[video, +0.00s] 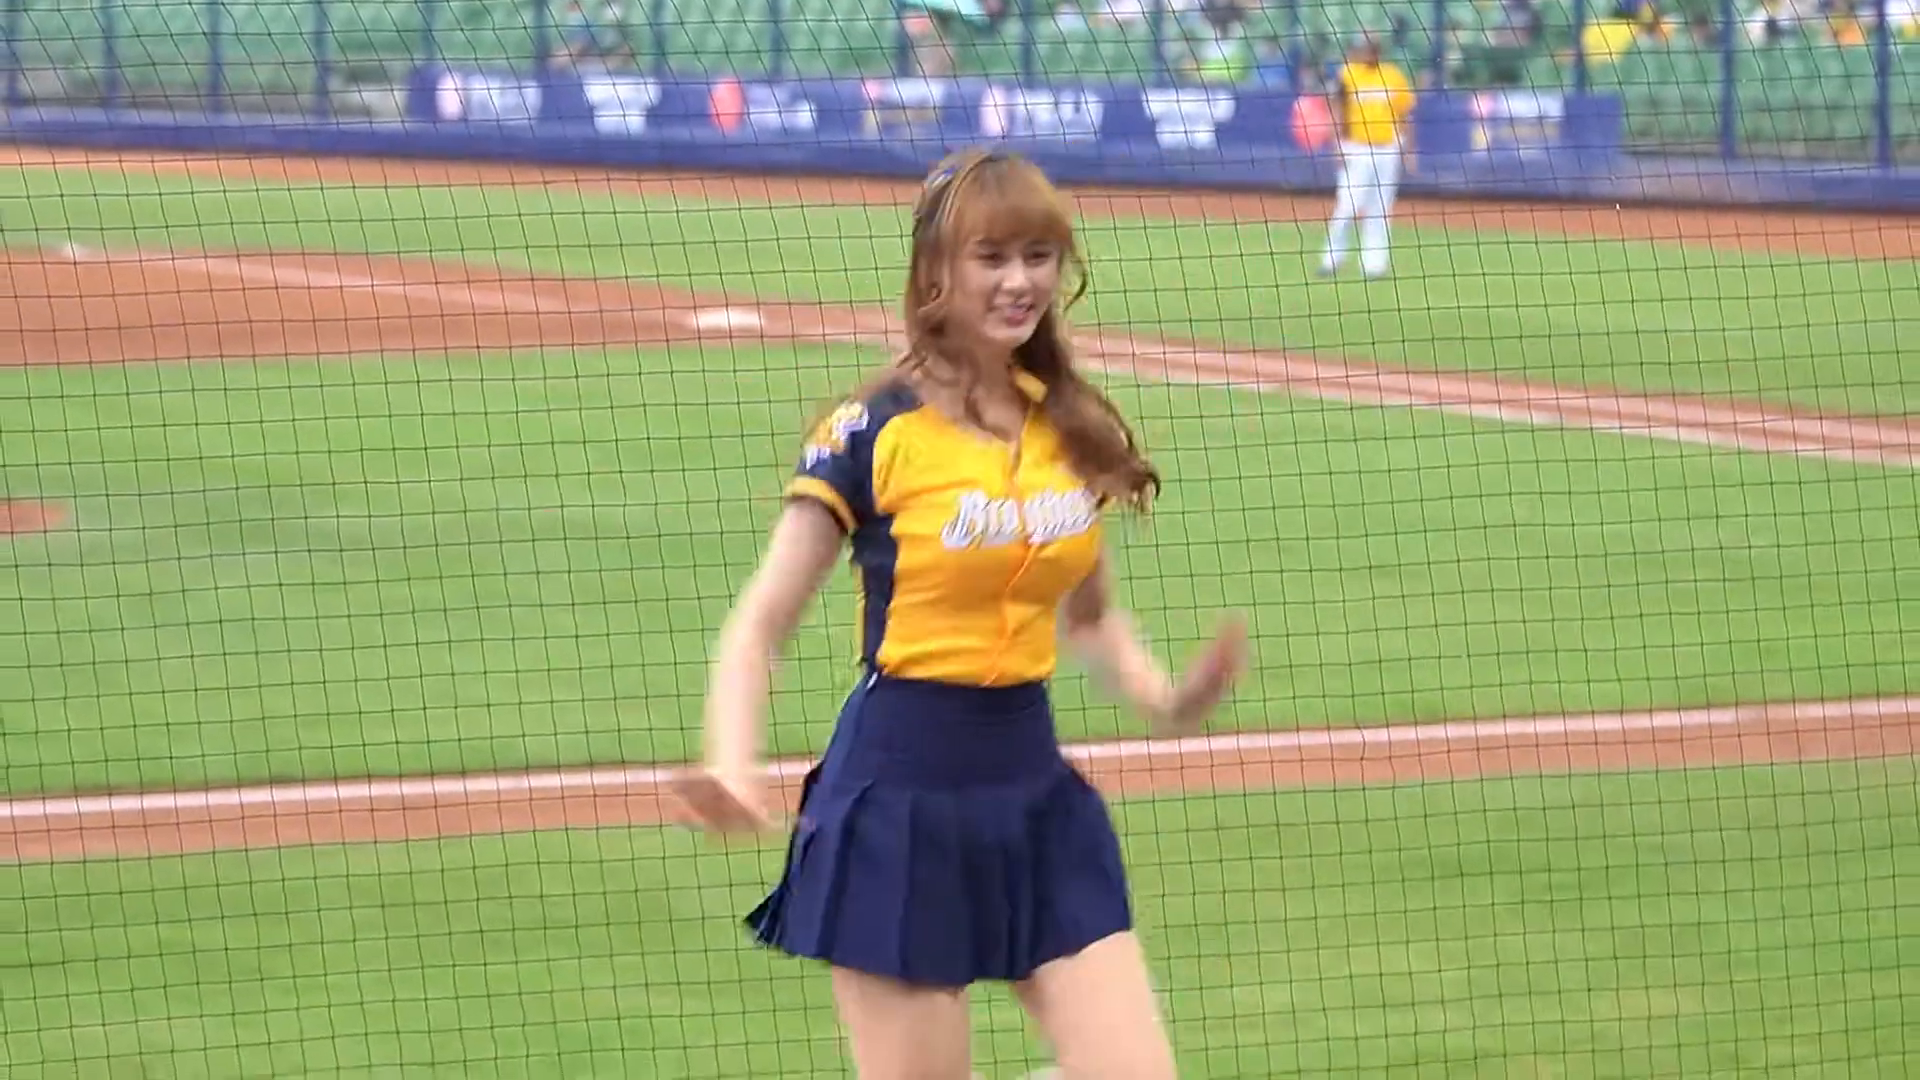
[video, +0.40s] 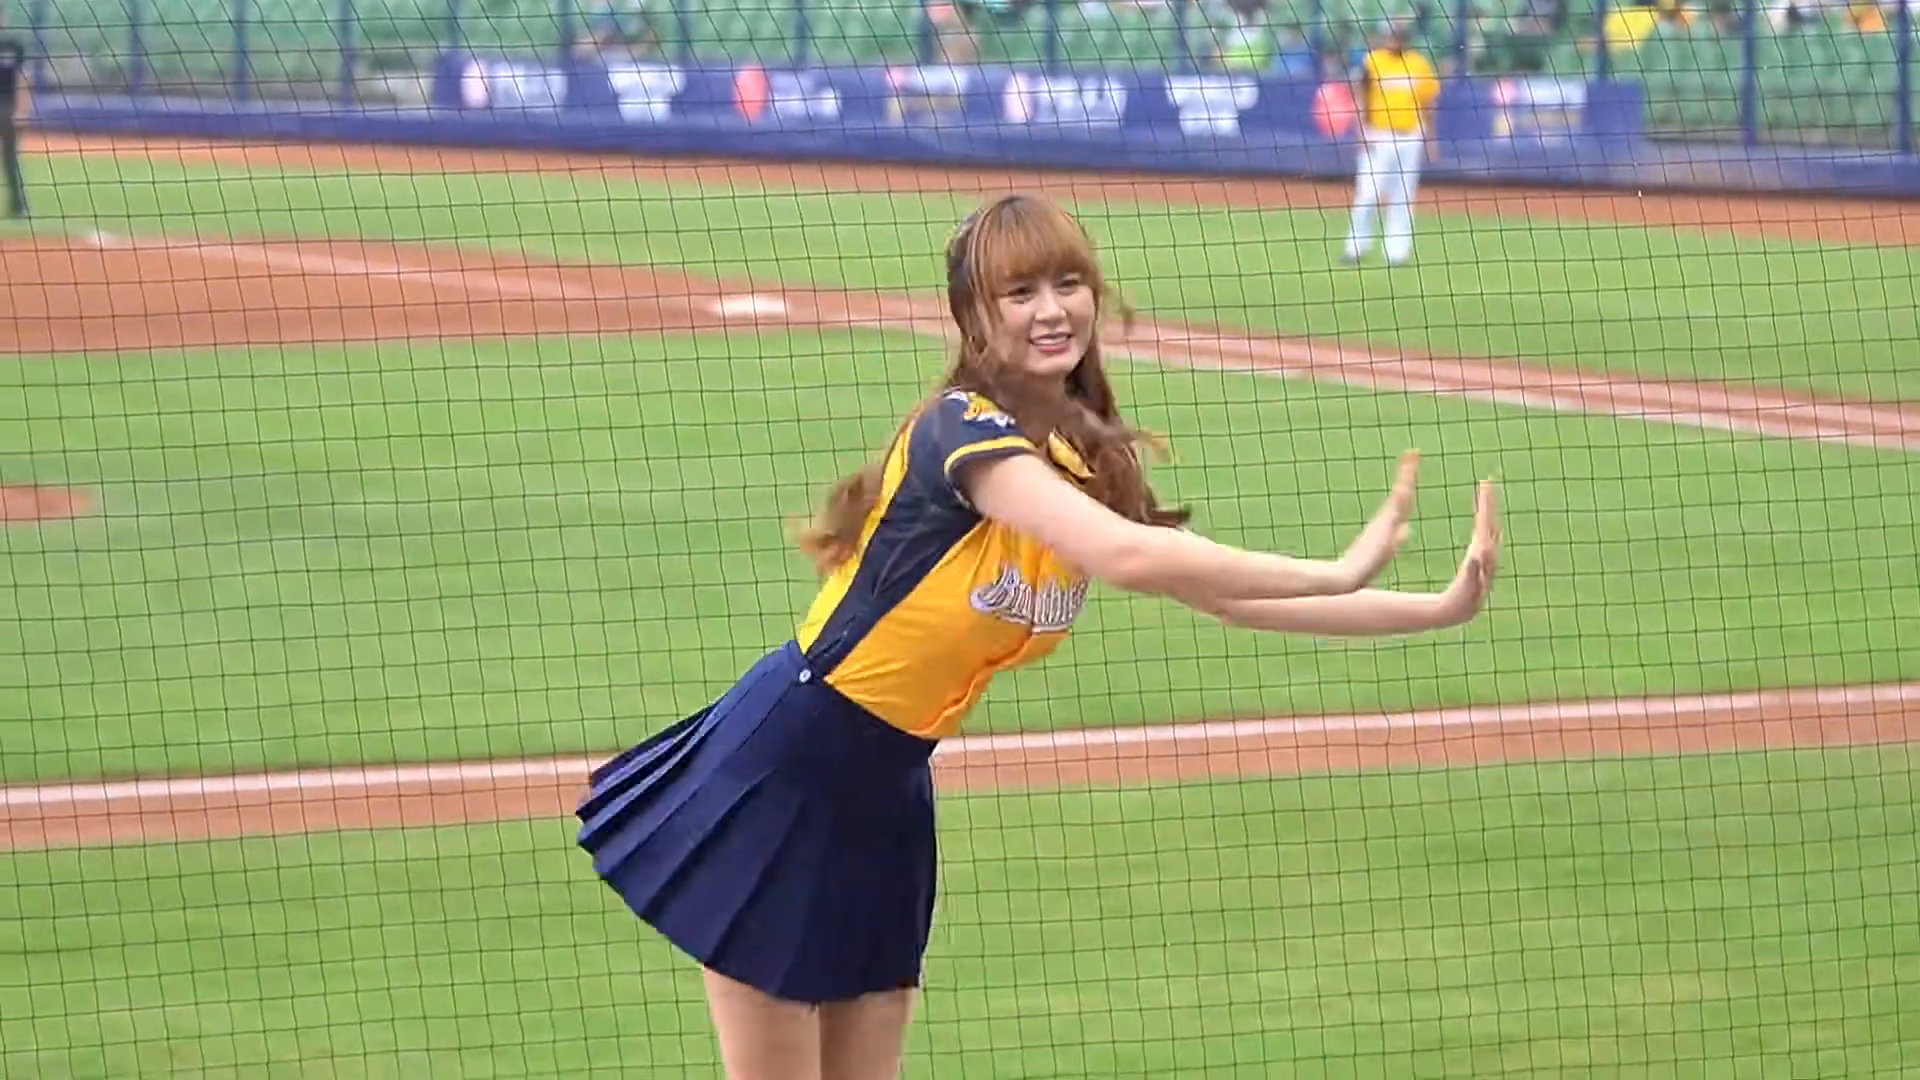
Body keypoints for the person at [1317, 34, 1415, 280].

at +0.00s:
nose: (1369, 55)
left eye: (1373, 49)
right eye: (1364, 50)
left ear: (1379, 51)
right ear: (1356, 51)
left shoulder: (1393, 75)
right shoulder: (1347, 74)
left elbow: (1405, 117)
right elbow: (1336, 109)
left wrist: (1409, 152)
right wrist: (1338, 143)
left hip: (1388, 149)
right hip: (1356, 148)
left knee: (1380, 207)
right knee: (1349, 204)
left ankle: (1375, 261)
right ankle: (1332, 256)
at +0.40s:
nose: (1396, 41)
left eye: (1401, 36)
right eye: (1393, 36)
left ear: (1408, 38)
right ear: (1386, 37)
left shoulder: (1419, 64)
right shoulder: (1373, 61)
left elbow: (1428, 106)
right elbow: (1359, 93)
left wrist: (1431, 140)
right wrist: (1362, 128)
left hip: (1410, 137)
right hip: (1378, 136)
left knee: (1402, 195)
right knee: (1368, 192)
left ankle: (1398, 248)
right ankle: (1357, 244)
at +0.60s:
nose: (1425, 35)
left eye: (1429, 30)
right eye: (1421, 30)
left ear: (1435, 32)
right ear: (1414, 30)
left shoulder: (1446, 57)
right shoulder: (1398, 53)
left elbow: (1456, 97)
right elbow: (1387, 87)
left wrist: (1457, 132)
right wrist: (1386, 121)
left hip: (1435, 129)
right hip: (1401, 127)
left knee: (1430, 186)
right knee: (1391, 185)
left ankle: (1427, 240)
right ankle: (1384, 236)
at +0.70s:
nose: (1441, 31)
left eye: (1446, 26)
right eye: (1437, 25)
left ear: (1452, 27)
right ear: (1429, 25)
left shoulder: (1464, 53)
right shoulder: (1415, 49)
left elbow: (1473, 95)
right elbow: (1404, 82)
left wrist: (1474, 129)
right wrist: (1404, 114)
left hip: (1452, 124)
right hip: (1419, 123)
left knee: (1447, 182)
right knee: (1408, 181)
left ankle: (1445, 235)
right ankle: (1403, 231)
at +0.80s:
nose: (1460, 26)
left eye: (1465, 21)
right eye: (1456, 21)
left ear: (1472, 22)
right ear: (1449, 20)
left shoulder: (1483, 50)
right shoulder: (1431, 45)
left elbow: (1494, 91)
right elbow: (1420, 78)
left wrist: (1493, 125)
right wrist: (1419, 110)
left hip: (1470, 121)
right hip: (1436, 119)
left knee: (1465, 179)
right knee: (1427, 177)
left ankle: (1465, 233)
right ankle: (1422, 230)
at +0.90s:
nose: (1472, 22)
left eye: (1476, 17)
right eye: (1468, 17)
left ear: (1482, 19)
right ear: (1459, 18)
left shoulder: (1494, 45)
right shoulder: (1444, 42)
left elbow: (1506, 85)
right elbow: (1435, 76)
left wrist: (1507, 119)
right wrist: (1434, 108)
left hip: (1485, 117)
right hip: (1451, 116)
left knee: (1483, 175)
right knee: (1445, 175)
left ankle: (1484, 230)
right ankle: (1443, 228)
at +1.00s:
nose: (1485, 18)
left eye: (1489, 13)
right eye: (1481, 13)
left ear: (1495, 14)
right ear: (1473, 14)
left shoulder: (1508, 41)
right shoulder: (1458, 39)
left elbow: (1518, 84)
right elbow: (1447, 74)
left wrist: (1518, 118)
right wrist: (1448, 106)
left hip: (1498, 113)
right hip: (1464, 112)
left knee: (1500, 170)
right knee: (1463, 171)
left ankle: (1504, 225)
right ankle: (1463, 224)